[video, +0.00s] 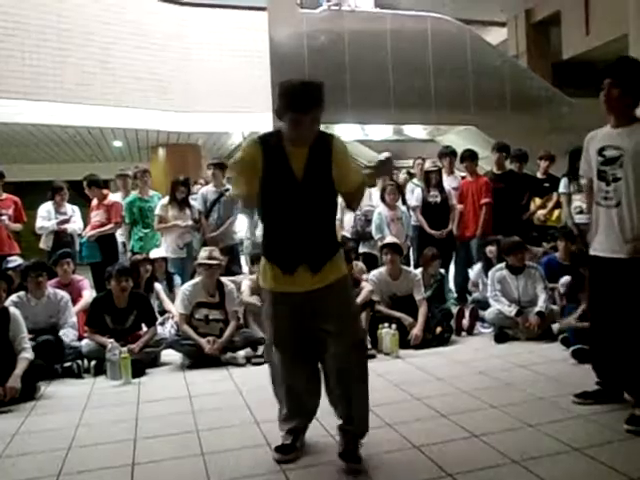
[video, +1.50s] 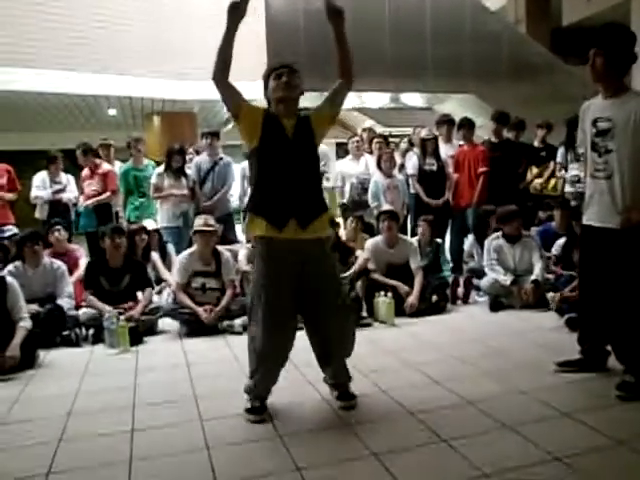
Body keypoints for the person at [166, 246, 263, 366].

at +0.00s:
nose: (210, 271)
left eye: (214, 267)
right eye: (206, 267)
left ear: (220, 269)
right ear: (199, 269)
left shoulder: (228, 289)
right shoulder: (188, 289)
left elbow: (234, 320)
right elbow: (182, 323)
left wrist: (221, 342)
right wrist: (201, 341)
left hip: (222, 334)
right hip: (197, 334)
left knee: (251, 337)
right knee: (173, 342)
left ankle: (200, 360)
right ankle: (221, 358)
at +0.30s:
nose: (221, 270)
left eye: (225, 265)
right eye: (217, 266)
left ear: (230, 267)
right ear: (209, 268)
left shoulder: (238, 287)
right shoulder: (198, 288)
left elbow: (244, 319)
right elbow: (191, 321)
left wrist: (231, 341)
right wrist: (212, 340)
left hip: (233, 335)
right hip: (207, 335)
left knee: (261, 335)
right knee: (185, 341)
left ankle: (209, 359)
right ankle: (233, 357)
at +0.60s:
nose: (218, 263)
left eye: (222, 258)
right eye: (214, 258)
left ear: (228, 260)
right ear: (207, 260)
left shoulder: (236, 280)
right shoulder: (196, 280)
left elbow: (241, 311)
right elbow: (188, 312)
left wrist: (227, 333)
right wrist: (208, 333)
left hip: (228, 326)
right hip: (203, 326)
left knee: (251, 330)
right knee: (180, 333)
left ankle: (203, 350)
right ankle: (228, 349)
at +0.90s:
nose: (207, 261)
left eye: (211, 257)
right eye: (203, 257)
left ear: (217, 259)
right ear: (196, 259)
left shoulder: (225, 279)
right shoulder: (185, 279)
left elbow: (230, 310)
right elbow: (177, 311)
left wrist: (217, 332)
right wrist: (197, 331)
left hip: (217, 325)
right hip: (192, 325)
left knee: (239, 332)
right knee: (169, 332)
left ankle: (190, 350)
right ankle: (217, 349)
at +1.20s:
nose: (202, 241)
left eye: (206, 237)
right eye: (198, 237)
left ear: (213, 237)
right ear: (191, 238)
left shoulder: (221, 258)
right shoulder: (182, 258)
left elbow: (227, 289)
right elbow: (175, 290)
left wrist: (214, 311)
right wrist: (195, 310)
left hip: (214, 302)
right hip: (190, 302)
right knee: (184, 327)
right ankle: (220, 326)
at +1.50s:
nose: (206, 239)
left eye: (210, 235)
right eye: (202, 235)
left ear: (216, 237)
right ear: (195, 237)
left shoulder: (224, 257)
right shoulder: (185, 258)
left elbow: (230, 288)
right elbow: (178, 290)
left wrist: (218, 310)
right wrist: (198, 310)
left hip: (218, 304)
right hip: (194, 304)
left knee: (245, 304)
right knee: (168, 310)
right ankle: (220, 326)